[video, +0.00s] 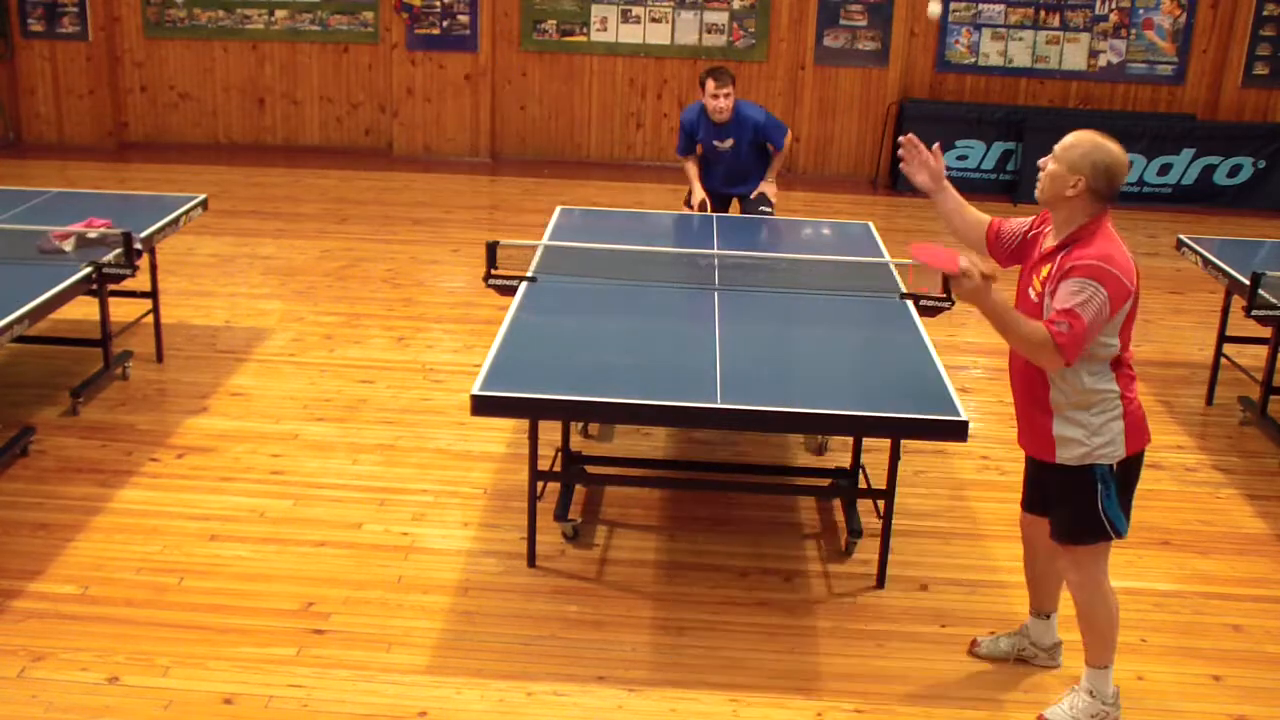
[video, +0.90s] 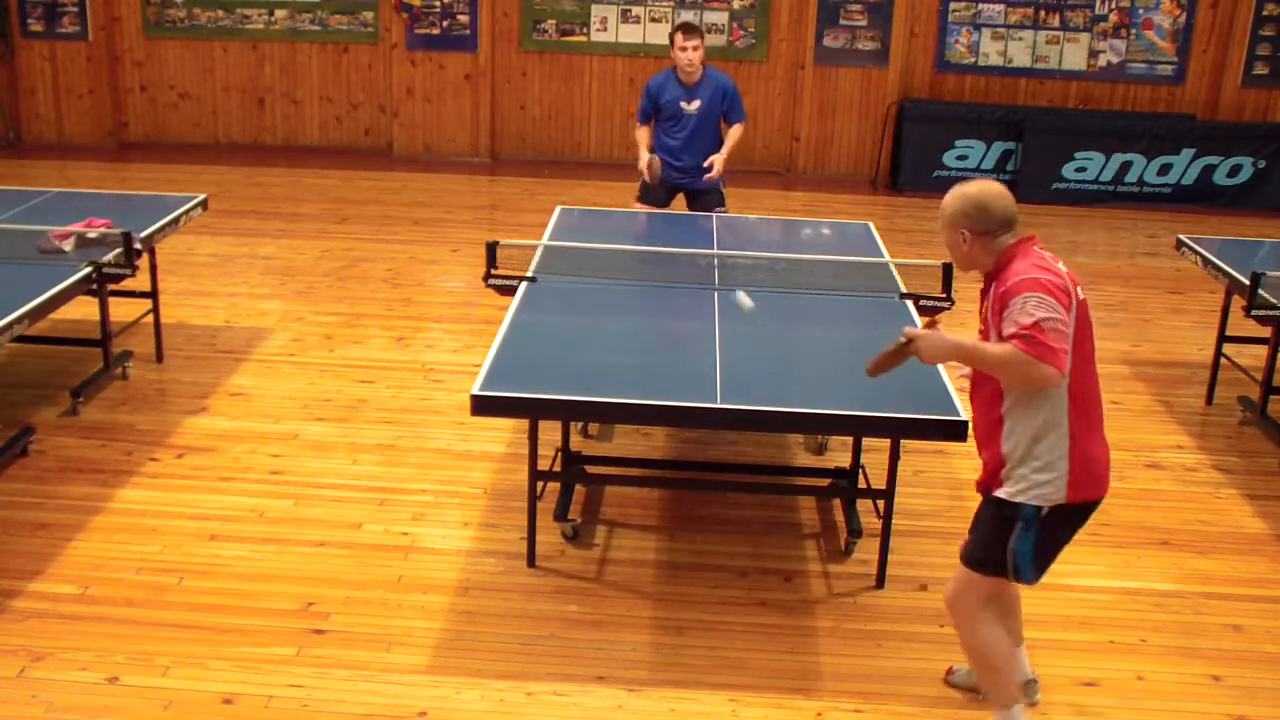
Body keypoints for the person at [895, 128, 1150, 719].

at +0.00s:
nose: (1040, 163)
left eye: (1052, 159)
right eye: (1047, 155)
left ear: (1076, 186)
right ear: (1074, 187)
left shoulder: (1100, 265)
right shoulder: (1046, 229)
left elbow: (1054, 349)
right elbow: (988, 240)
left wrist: (986, 299)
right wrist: (938, 187)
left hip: (1095, 441)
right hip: (1049, 430)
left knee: (1084, 562)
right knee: (1038, 528)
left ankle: (1101, 692)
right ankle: (1041, 634)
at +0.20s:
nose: (1050, 165)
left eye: (1062, 165)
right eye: (1058, 160)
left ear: (1084, 199)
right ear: (1077, 195)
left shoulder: (1110, 281)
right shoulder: (1047, 230)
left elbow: (1079, 378)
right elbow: (986, 238)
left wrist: (1004, 362)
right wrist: (919, 204)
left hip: (1091, 445)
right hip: (1045, 429)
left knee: (1081, 566)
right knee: (1036, 531)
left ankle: (1099, 692)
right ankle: (1039, 634)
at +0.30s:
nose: (1053, 171)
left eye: (1064, 170)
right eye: (1061, 165)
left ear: (1085, 205)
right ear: (1082, 202)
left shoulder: (1118, 287)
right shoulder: (1044, 233)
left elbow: (1101, 386)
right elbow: (981, 246)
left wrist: (1018, 408)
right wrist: (906, 230)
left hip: (1094, 450)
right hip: (1044, 433)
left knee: (1082, 569)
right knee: (1036, 532)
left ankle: (1099, 692)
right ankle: (1040, 633)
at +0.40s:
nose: (1046, 176)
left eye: (1057, 178)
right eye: (1055, 172)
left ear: (1078, 214)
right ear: (1074, 210)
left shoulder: (1119, 290)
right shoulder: (1037, 241)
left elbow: (1126, 387)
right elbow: (978, 259)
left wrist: (1066, 442)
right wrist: (903, 261)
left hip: (1093, 457)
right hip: (1037, 441)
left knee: (1080, 573)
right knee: (1033, 534)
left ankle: (1099, 692)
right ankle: (1040, 632)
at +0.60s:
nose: (983, 242)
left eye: (989, 236)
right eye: (984, 233)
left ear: (1021, 251)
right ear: (1027, 245)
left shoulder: (1092, 298)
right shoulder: (1035, 270)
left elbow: (1120, 383)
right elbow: (1011, 309)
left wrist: (1086, 385)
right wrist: (955, 330)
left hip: (1091, 464)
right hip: (1043, 449)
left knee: (1062, 589)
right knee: (998, 539)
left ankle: (1099, 694)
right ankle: (1021, 657)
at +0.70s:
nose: (956, 257)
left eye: (961, 250)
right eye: (957, 248)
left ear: (999, 255)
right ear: (1002, 249)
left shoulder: (1062, 292)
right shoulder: (1027, 271)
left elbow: (1075, 386)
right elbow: (1024, 342)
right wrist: (973, 360)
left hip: (1082, 473)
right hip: (1037, 456)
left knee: (1034, 598)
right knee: (990, 551)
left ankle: (1093, 683)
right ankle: (1014, 670)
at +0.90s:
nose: (947, 245)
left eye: (948, 235)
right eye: (946, 234)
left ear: (969, 240)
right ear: (997, 228)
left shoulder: (1031, 281)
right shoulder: (1017, 270)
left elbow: (1043, 367)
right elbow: (1025, 355)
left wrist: (955, 348)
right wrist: (959, 347)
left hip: (1048, 477)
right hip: (1031, 464)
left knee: (967, 599)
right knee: (988, 568)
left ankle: (1010, 707)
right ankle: (1010, 670)